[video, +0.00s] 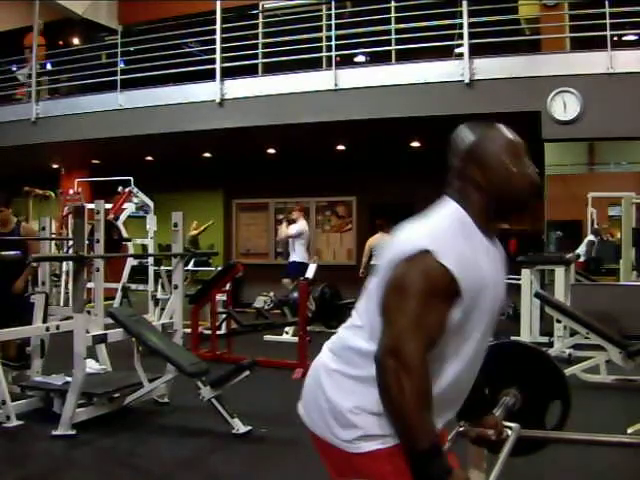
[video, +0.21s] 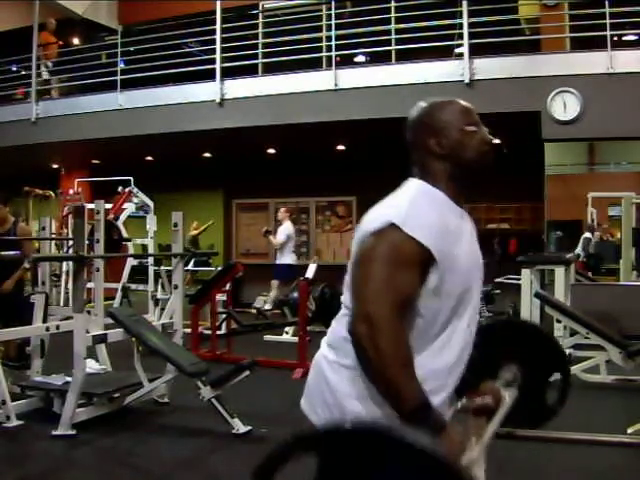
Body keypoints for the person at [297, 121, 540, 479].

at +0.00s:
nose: (534, 174)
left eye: (528, 161)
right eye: (518, 160)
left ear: (474, 172)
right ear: (472, 170)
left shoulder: (486, 246)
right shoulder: (435, 250)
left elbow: (442, 349)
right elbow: (398, 360)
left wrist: (469, 416)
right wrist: (432, 461)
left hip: (409, 406)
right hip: (356, 412)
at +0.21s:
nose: (486, 136)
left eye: (481, 127)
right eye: (471, 127)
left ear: (439, 145)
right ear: (437, 143)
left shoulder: (453, 219)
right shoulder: (410, 214)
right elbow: (373, 326)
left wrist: (463, 393)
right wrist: (431, 425)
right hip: (366, 422)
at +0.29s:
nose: (472, 124)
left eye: (466, 117)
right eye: (455, 117)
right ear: (421, 133)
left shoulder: (444, 208)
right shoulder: (402, 198)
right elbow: (361, 303)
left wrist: (464, 378)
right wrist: (428, 403)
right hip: (372, 422)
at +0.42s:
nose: (460, 116)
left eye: (455, 107)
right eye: (445, 106)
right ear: (410, 120)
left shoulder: (436, 195)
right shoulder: (388, 188)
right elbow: (350, 287)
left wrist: (457, 354)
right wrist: (417, 378)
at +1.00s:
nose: (386, 142)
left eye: (389, 132)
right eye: (375, 129)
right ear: (335, 121)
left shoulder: (361, 200)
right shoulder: (304, 191)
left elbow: (352, 298)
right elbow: (256, 295)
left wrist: (402, 344)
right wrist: (335, 386)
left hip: (373, 414)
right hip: (312, 426)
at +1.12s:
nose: (380, 149)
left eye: (384, 138)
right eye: (371, 134)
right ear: (330, 122)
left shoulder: (354, 200)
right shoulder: (294, 194)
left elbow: (345, 298)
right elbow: (243, 296)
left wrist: (389, 343)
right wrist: (318, 390)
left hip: (360, 408)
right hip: (300, 421)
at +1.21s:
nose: (378, 155)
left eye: (381, 146)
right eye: (372, 142)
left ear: (333, 130)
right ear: (332, 129)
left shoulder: (349, 202)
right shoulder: (289, 196)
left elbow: (337, 299)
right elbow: (237, 297)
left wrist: (382, 345)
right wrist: (310, 392)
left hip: (346, 414)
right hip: (286, 424)